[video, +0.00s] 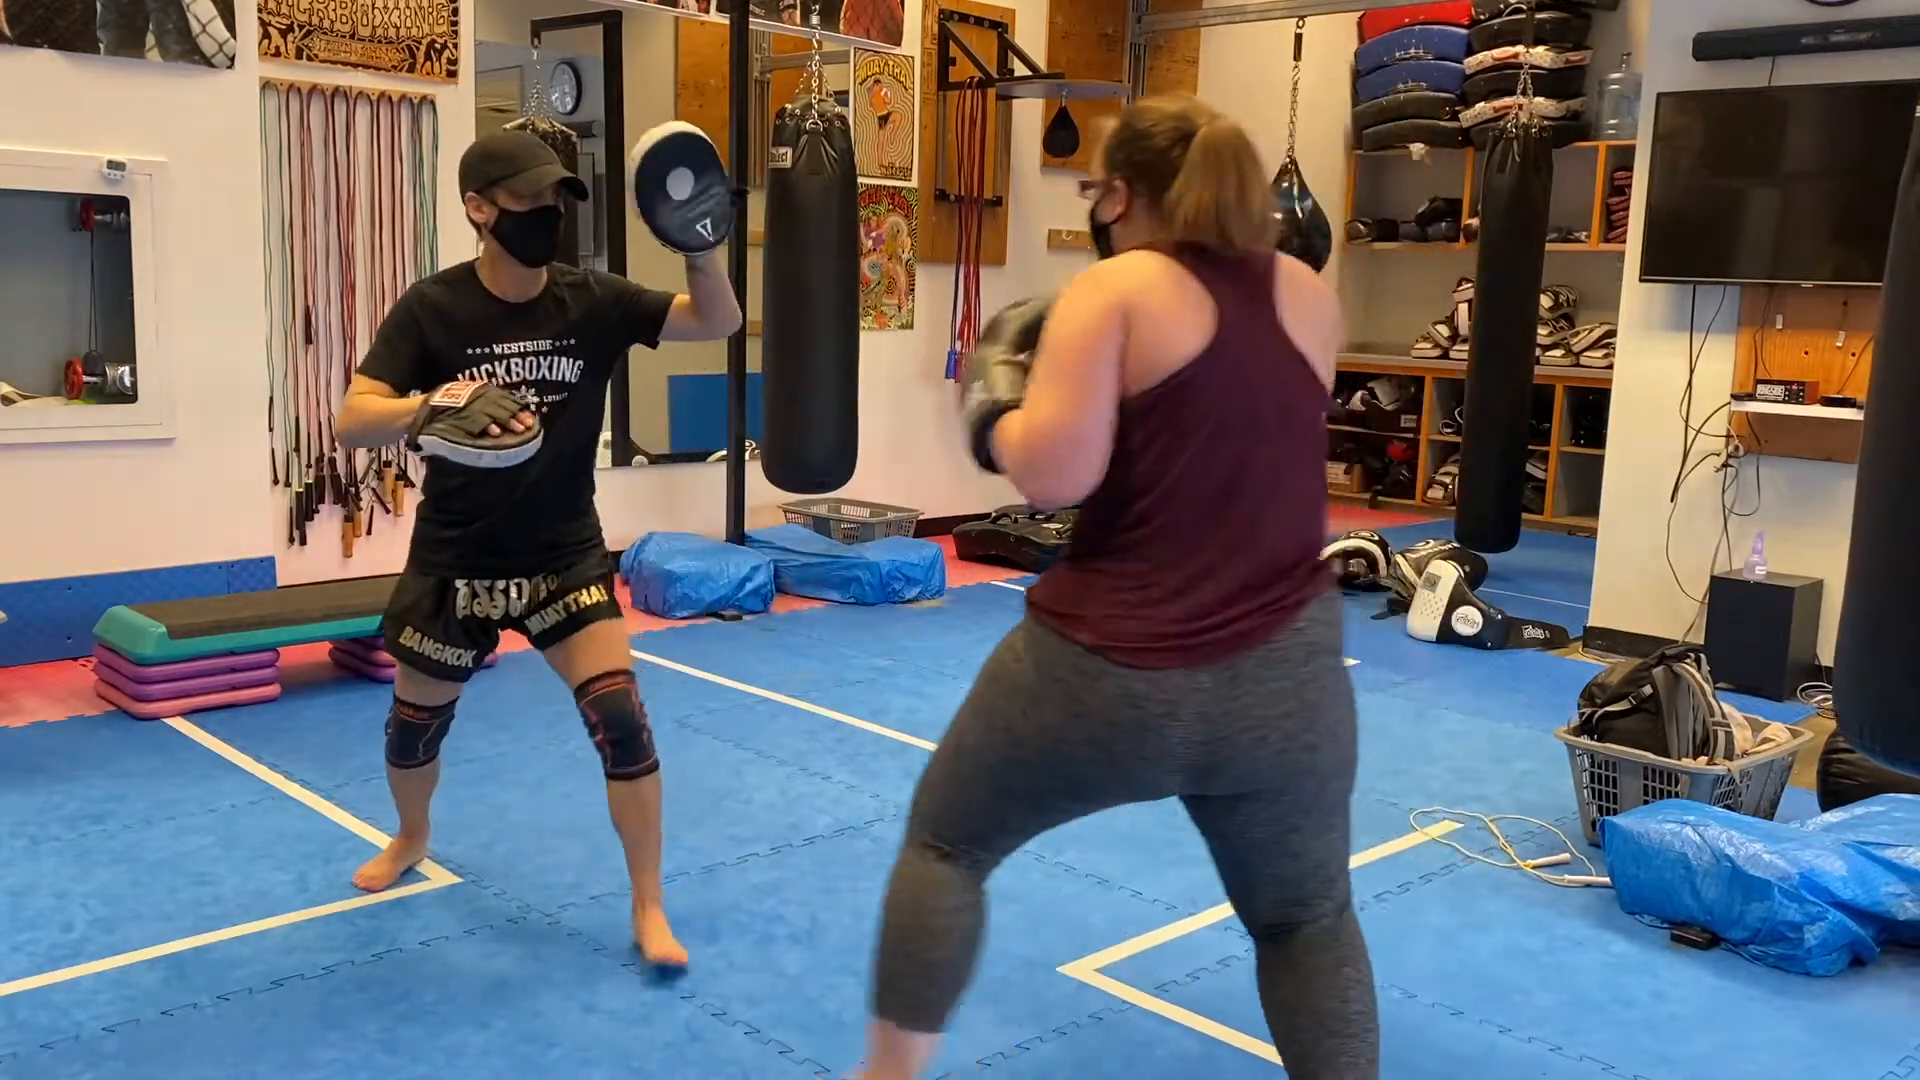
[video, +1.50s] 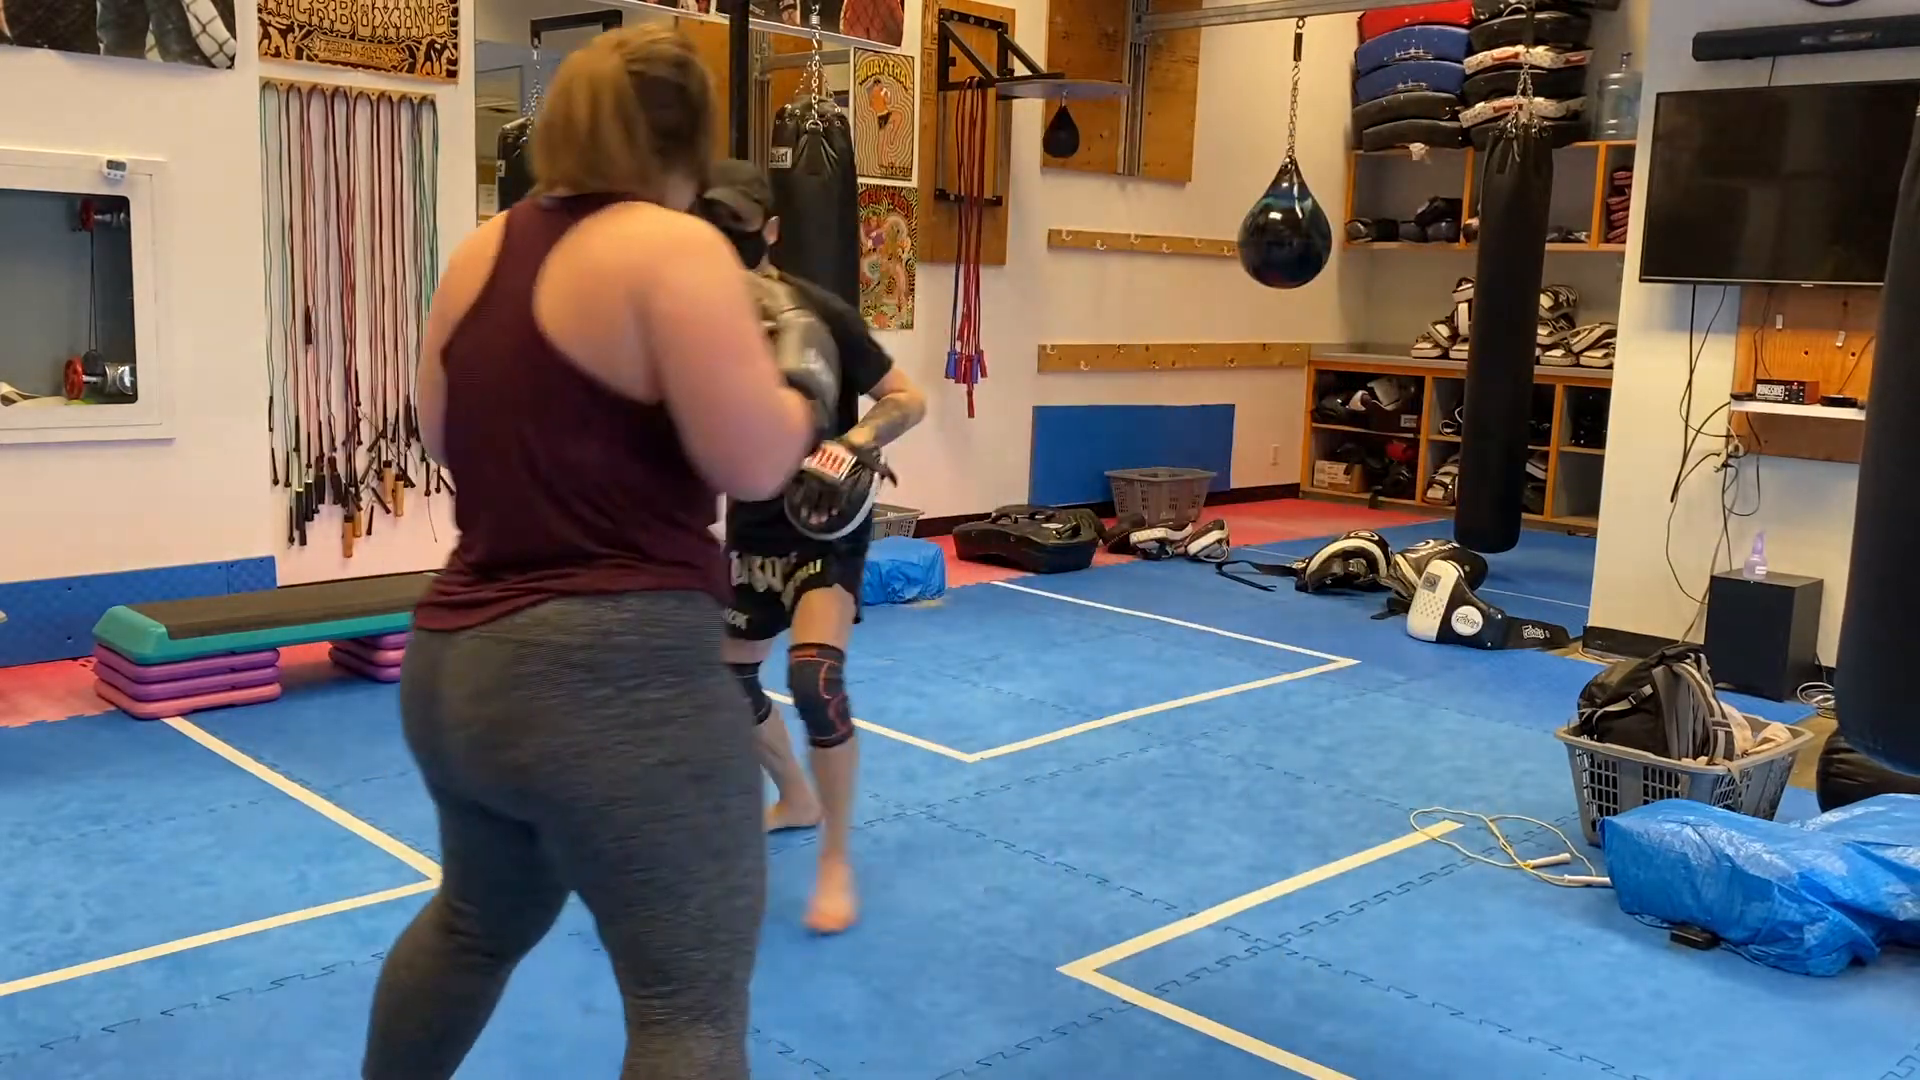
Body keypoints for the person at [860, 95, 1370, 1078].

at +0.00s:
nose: (1098, 213)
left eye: (1103, 194)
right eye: (1098, 195)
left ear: (1134, 194)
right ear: (1229, 184)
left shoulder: (1111, 293)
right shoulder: (1311, 293)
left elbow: (1053, 476)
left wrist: (995, 402)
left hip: (1100, 692)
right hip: (1285, 692)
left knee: (947, 848)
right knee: (1308, 919)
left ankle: (890, 1063)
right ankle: (1346, 1074)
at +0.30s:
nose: (917, 164)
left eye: (924, 150)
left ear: (942, 159)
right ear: (1054, 162)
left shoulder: (880, 246)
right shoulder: (1110, 270)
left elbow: (739, 342)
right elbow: (1136, 438)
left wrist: (742, 293)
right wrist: (1035, 396)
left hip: (880, 652)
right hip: (1062, 653)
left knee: (820, 860)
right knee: (1136, 882)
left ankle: (796, 1067)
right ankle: (1161, 1069)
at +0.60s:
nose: (774, 189)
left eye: (779, 177)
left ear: (791, 183)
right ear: (906, 187)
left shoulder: (710, 270)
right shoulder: (935, 298)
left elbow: (578, 375)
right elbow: (1000, 478)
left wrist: (607, 306)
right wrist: (934, 373)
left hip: (688, 673)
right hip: (870, 677)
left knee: (615, 908)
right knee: (987, 917)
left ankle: (549, 1072)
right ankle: (1036, 1071)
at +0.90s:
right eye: (794, 136)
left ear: (668, 137)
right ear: (784, 144)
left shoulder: (571, 249)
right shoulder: (822, 260)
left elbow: (485, 420)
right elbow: (891, 448)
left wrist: (591, 375)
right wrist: (782, 416)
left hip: (580, 650)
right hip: (766, 653)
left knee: (570, 914)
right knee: (841, 934)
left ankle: (533, 1076)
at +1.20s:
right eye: (789, 115)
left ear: (662, 120)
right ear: (780, 122)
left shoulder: (561, 246)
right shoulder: (833, 246)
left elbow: (497, 442)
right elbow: (920, 443)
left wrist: (600, 404)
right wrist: (824, 372)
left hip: (557, 667)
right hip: (753, 666)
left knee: (559, 910)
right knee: (759, 996)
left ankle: (512, 1068)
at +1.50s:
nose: (713, 149)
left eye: (706, 132)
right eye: (707, 132)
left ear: (566, 125)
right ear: (685, 136)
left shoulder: (481, 248)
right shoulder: (674, 248)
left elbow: (443, 432)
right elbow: (756, 463)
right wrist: (801, 366)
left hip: (461, 653)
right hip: (620, 671)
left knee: (477, 918)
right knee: (689, 1009)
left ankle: (391, 1071)